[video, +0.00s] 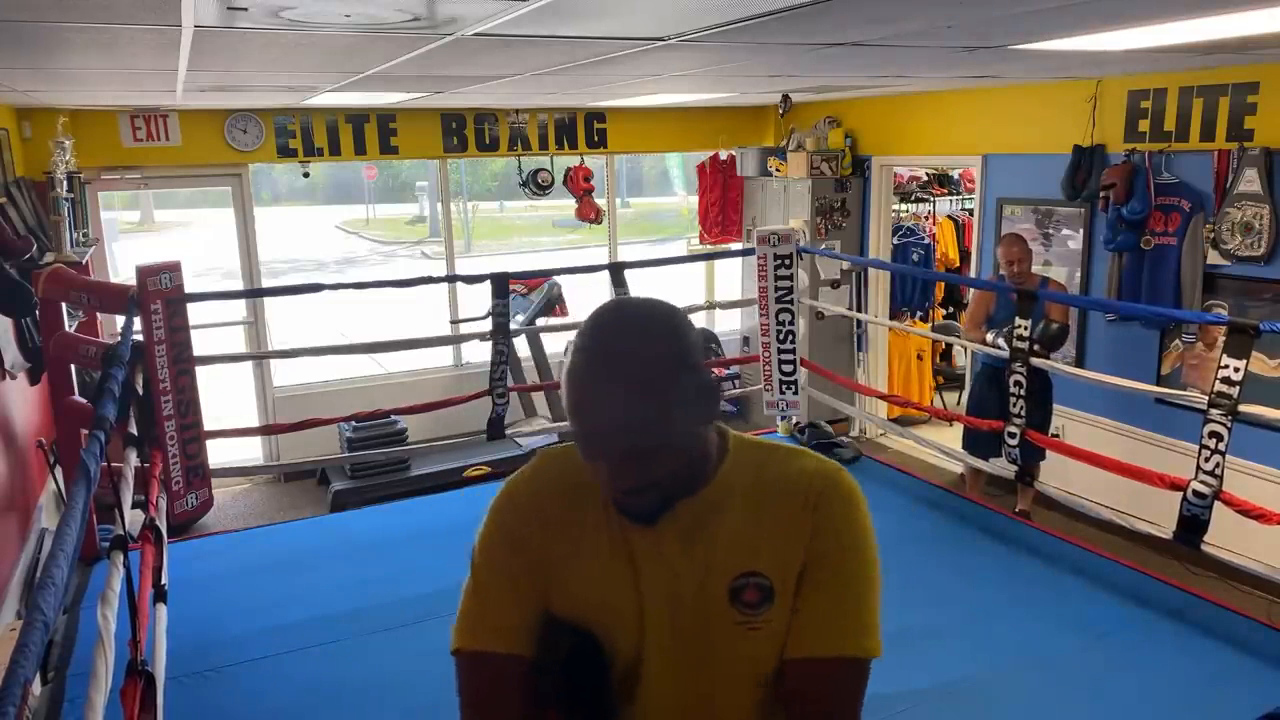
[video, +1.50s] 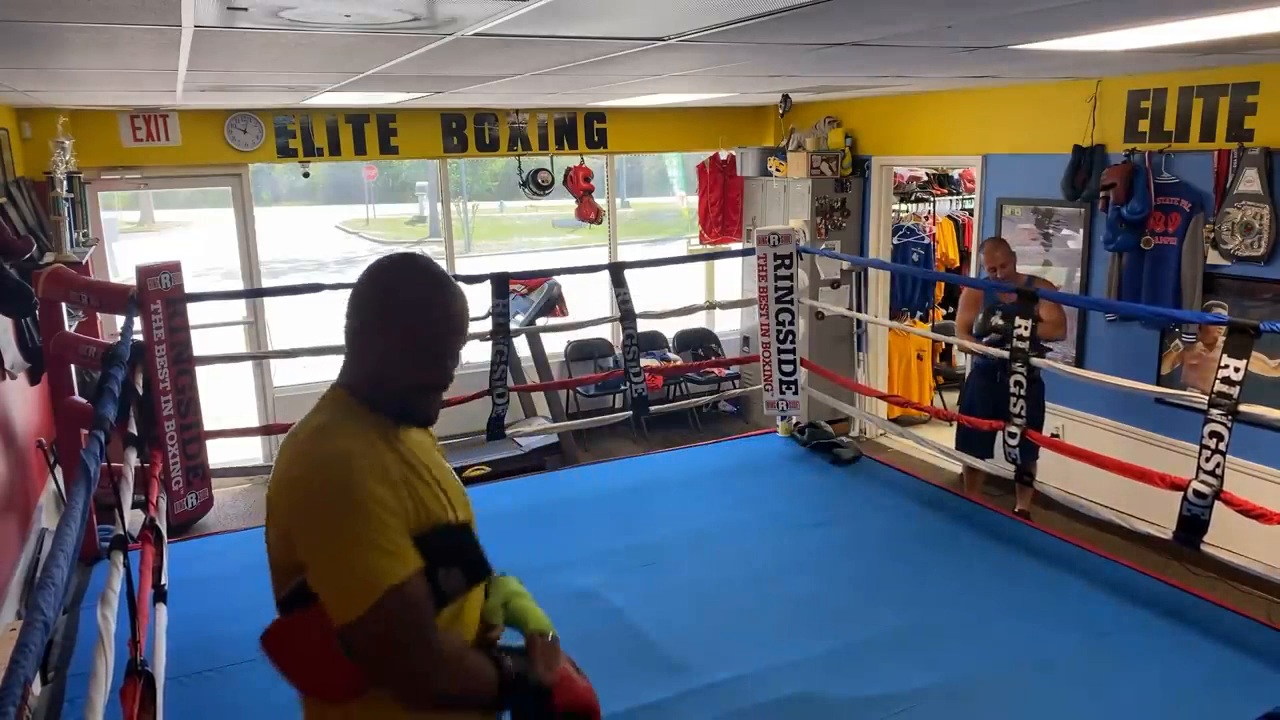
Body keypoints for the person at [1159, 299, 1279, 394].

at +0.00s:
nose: (1220, 327)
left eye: (1224, 322)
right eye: (1215, 322)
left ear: (1226, 327)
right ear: (1201, 325)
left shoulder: (1231, 350)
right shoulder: (1189, 349)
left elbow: (1270, 368)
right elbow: (1162, 369)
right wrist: (1178, 348)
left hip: (1219, 405)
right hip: (1189, 401)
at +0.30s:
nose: (1220, 327)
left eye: (1224, 322)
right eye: (1215, 321)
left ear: (1226, 327)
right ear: (1201, 325)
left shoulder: (1231, 350)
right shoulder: (1189, 349)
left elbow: (1270, 368)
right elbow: (1162, 369)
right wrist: (1178, 348)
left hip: (1218, 406)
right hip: (1189, 401)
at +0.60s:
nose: (1220, 327)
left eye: (1223, 323)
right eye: (1215, 322)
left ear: (1226, 327)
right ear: (1201, 325)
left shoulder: (1231, 349)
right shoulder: (1189, 348)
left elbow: (1270, 368)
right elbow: (1162, 369)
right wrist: (1181, 351)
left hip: (1218, 405)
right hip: (1188, 401)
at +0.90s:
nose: (1220, 327)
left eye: (1223, 323)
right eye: (1215, 322)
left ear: (1226, 327)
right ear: (1201, 325)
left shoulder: (1231, 349)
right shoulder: (1189, 348)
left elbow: (1270, 368)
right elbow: (1162, 369)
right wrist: (1181, 350)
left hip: (1218, 406)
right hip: (1189, 401)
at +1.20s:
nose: (1220, 327)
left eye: (1223, 323)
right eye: (1215, 322)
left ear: (1226, 327)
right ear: (1201, 325)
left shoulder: (1231, 349)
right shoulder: (1189, 348)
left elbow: (1270, 368)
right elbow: (1162, 369)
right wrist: (1179, 350)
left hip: (1218, 405)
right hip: (1189, 401)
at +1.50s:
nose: (1220, 327)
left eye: (1223, 323)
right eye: (1215, 322)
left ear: (1226, 327)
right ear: (1201, 325)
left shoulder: (1231, 349)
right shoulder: (1189, 348)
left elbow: (1270, 368)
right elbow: (1162, 369)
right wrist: (1182, 352)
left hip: (1219, 406)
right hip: (1189, 401)